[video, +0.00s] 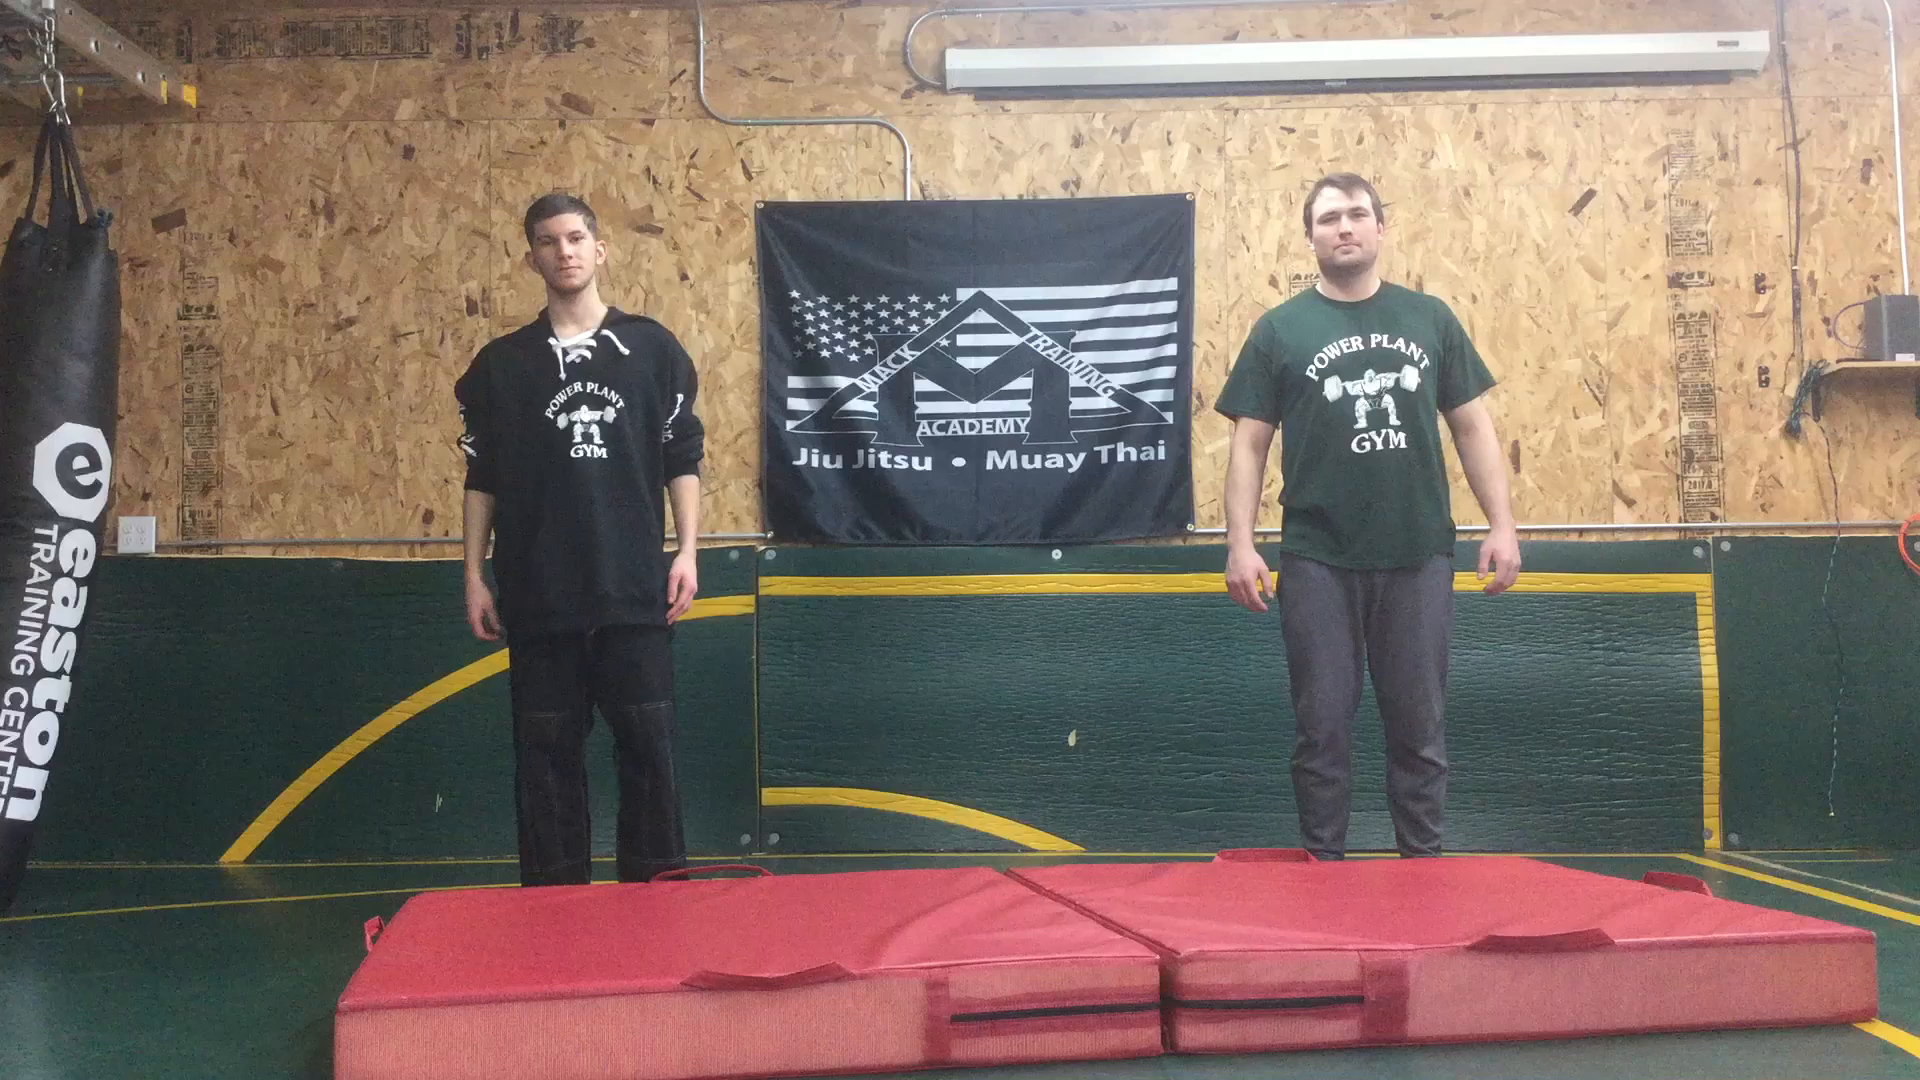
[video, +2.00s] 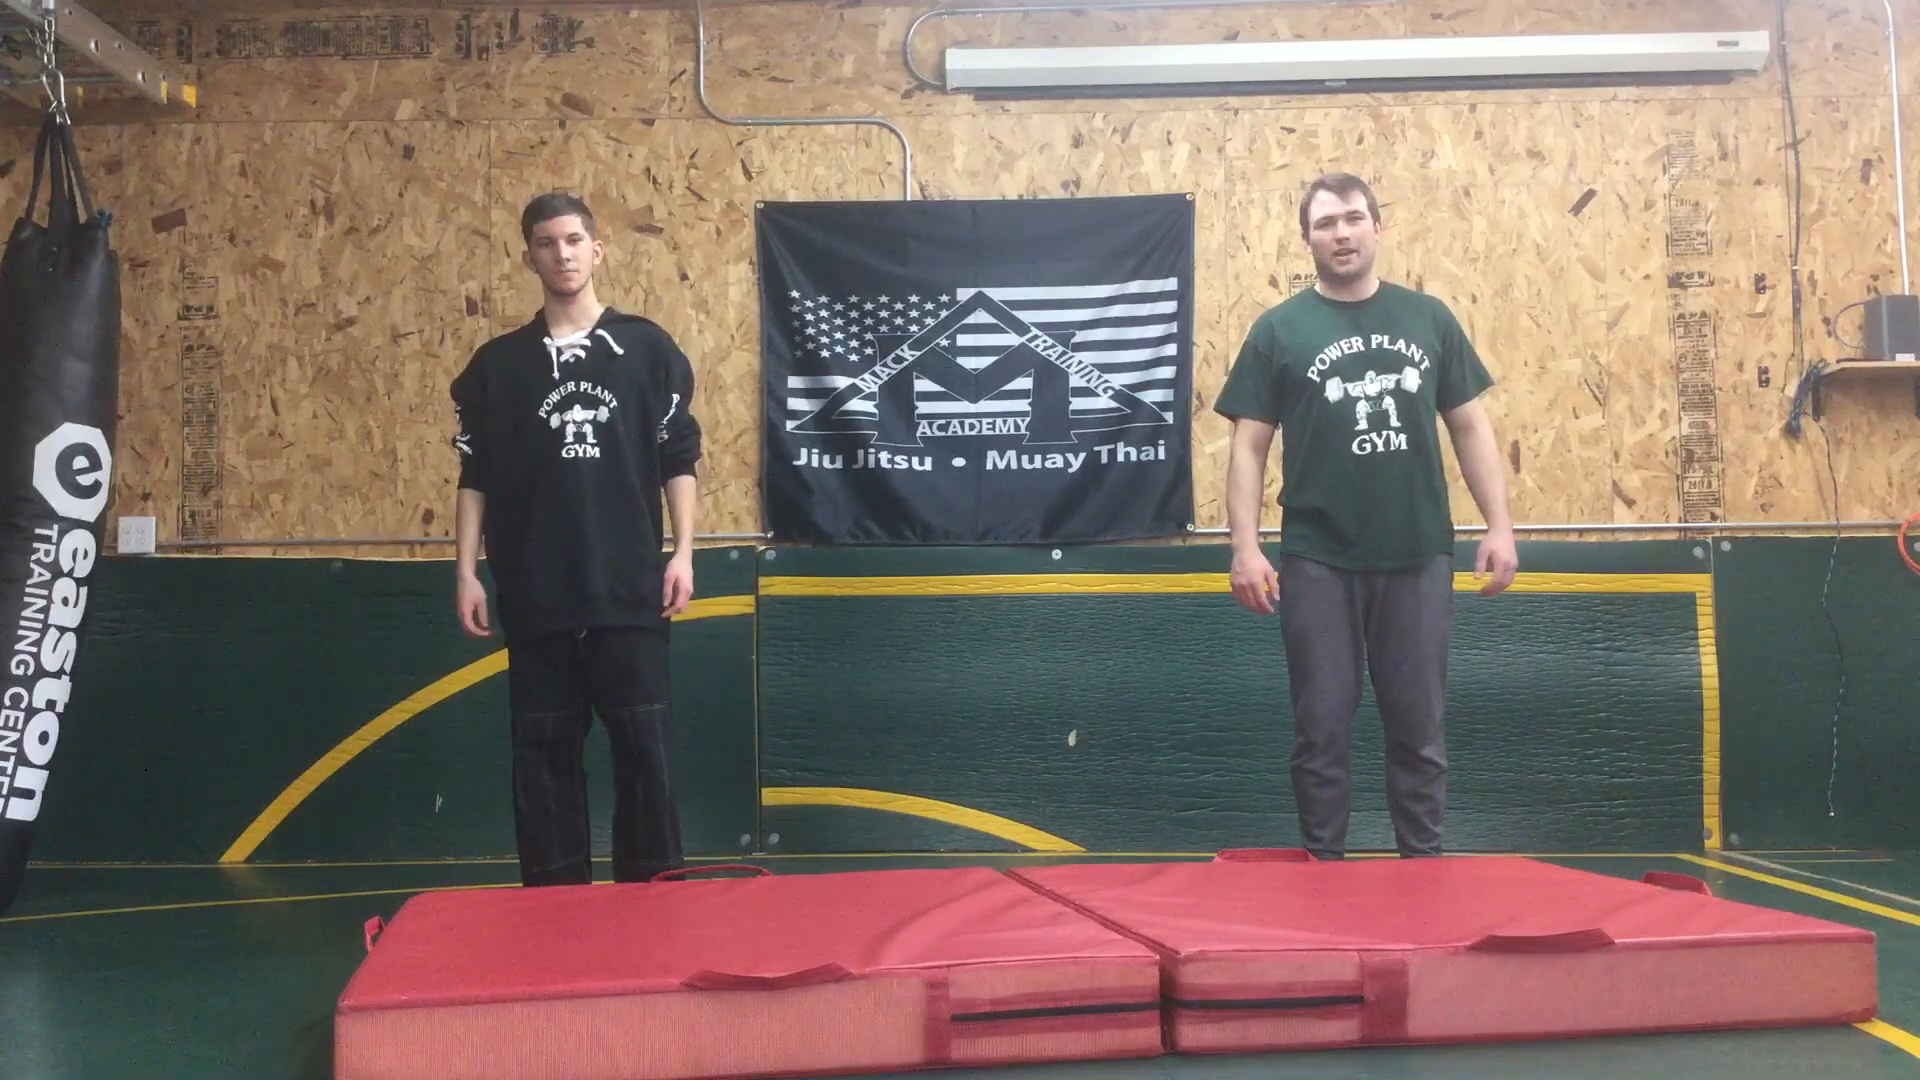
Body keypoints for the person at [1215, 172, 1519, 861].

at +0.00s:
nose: (1344, 227)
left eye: (1356, 215)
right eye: (1329, 219)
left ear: (1382, 228)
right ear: (1311, 239)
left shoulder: (1429, 318)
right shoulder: (1281, 329)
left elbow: (1470, 424)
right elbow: (1249, 440)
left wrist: (1502, 524)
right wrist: (1240, 543)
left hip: (1417, 551)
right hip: (1317, 553)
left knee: (1419, 723)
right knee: (1321, 722)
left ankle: (1424, 866)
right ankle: (1322, 867)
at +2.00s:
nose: (1342, 233)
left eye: (1353, 219)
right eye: (1325, 224)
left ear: (1378, 228)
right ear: (1307, 240)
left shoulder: (1428, 318)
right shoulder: (1279, 331)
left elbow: (1469, 425)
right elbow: (1249, 446)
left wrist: (1500, 525)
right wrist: (1245, 546)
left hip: (1416, 553)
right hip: (1317, 556)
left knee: (1418, 726)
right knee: (1322, 725)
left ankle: (1423, 869)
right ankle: (1323, 870)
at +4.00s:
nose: (1336, 230)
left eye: (1348, 217)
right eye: (1320, 222)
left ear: (1376, 229)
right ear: (1304, 241)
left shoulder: (1428, 318)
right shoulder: (1278, 331)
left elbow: (1468, 426)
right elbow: (1249, 446)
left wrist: (1497, 525)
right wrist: (1249, 547)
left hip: (1417, 555)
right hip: (1317, 557)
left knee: (1419, 726)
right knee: (1322, 725)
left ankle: (1423, 870)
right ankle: (1324, 871)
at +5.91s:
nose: (1337, 241)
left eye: (1349, 225)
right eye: (1321, 231)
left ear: (1375, 230)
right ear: (1304, 244)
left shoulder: (1429, 320)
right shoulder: (1279, 332)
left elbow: (1469, 426)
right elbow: (1248, 447)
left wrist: (1499, 524)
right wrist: (1249, 546)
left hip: (1417, 556)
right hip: (1317, 558)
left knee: (1419, 727)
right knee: (1322, 726)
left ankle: (1423, 869)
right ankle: (1323, 871)